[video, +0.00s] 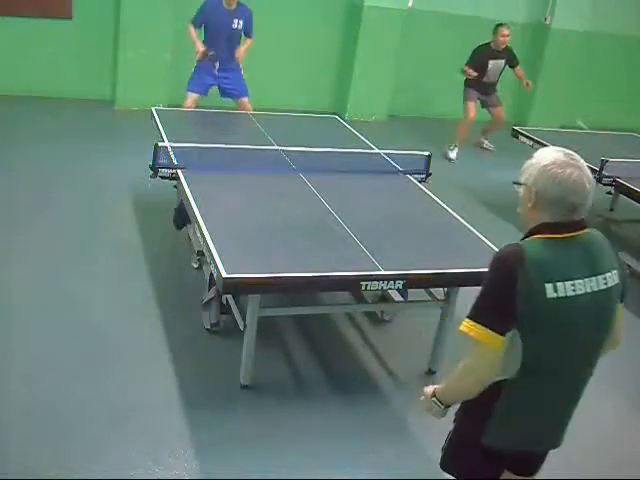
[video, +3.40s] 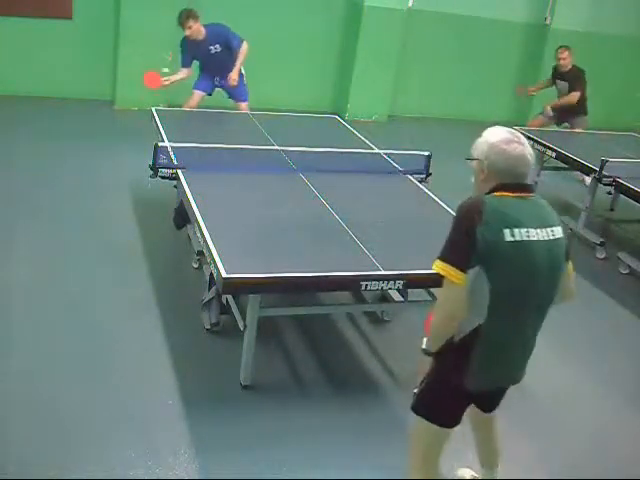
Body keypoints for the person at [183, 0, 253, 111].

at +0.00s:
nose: (231, 0)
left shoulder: (245, 12)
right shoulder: (210, 5)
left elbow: (249, 37)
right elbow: (192, 25)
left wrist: (242, 51)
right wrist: (198, 45)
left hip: (231, 64)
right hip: (207, 62)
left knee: (245, 106)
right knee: (189, 104)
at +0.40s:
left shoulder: (245, 3)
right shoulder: (209, 2)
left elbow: (248, 25)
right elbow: (196, 22)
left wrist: (241, 39)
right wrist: (208, 37)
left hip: (232, 52)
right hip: (209, 51)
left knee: (241, 93)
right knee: (196, 91)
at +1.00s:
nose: (224, 2)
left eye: (227, 0)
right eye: (222, 0)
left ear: (231, 1)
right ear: (218, 0)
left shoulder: (240, 14)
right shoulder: (203, 13)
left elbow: (247, 38)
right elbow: (194, 40)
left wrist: (238, 52)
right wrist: (207, 43)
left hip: (227, 65)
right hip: (202, 64)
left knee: (239, 102)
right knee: (188, 101)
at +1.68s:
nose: (211, 13)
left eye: (214, 9)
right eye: (208, 9)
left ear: (219, 9)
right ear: (202, 8)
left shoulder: (227, 23)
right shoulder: (192, 22)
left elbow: (235, 44)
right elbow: (181, 52)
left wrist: (227, 63)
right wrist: (197, 50)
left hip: (215, 67)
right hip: (191, 66)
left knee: (232, 103)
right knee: (179, 101)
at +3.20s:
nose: (207, 19)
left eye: (209, 14)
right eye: (204, 15)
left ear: (216, 12)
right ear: (200, 15)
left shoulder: (231, 25)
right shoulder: (196, 28)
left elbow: (243, 49)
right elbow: (188, 49)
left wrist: (232, 68)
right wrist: (187, 60)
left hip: (228, 72)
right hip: (204, 73)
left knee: (241, 107)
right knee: (188, 104)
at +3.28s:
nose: (200, 23)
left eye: (203, 18)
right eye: (197, 19)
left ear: (210, 16)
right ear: (194, 19)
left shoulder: (227, 27)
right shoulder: (194, 32)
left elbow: (243, 50)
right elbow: (187, 59)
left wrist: (232, 69)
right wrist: (181, 69)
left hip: (230, 70)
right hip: (207, 72)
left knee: (243, 108)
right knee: (192, 104)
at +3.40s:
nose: (187, 33)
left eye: (189, 28)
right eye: (184, 29)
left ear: (198, 23)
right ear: (182, 29)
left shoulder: (219, 31)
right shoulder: (186, 43)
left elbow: (243, 46)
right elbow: (186, 70)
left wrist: (235, 71)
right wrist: (172, 79)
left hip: (230, 72)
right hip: (208, 74)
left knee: (243, 109)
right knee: (191, 104)